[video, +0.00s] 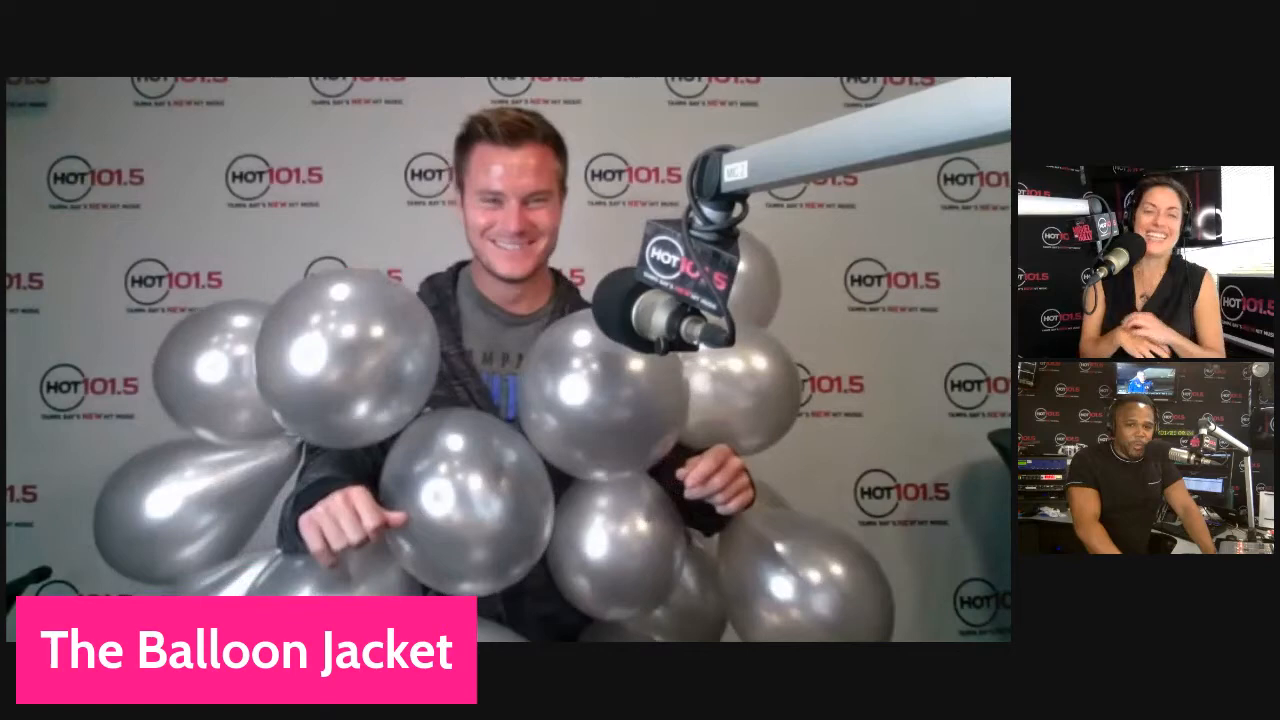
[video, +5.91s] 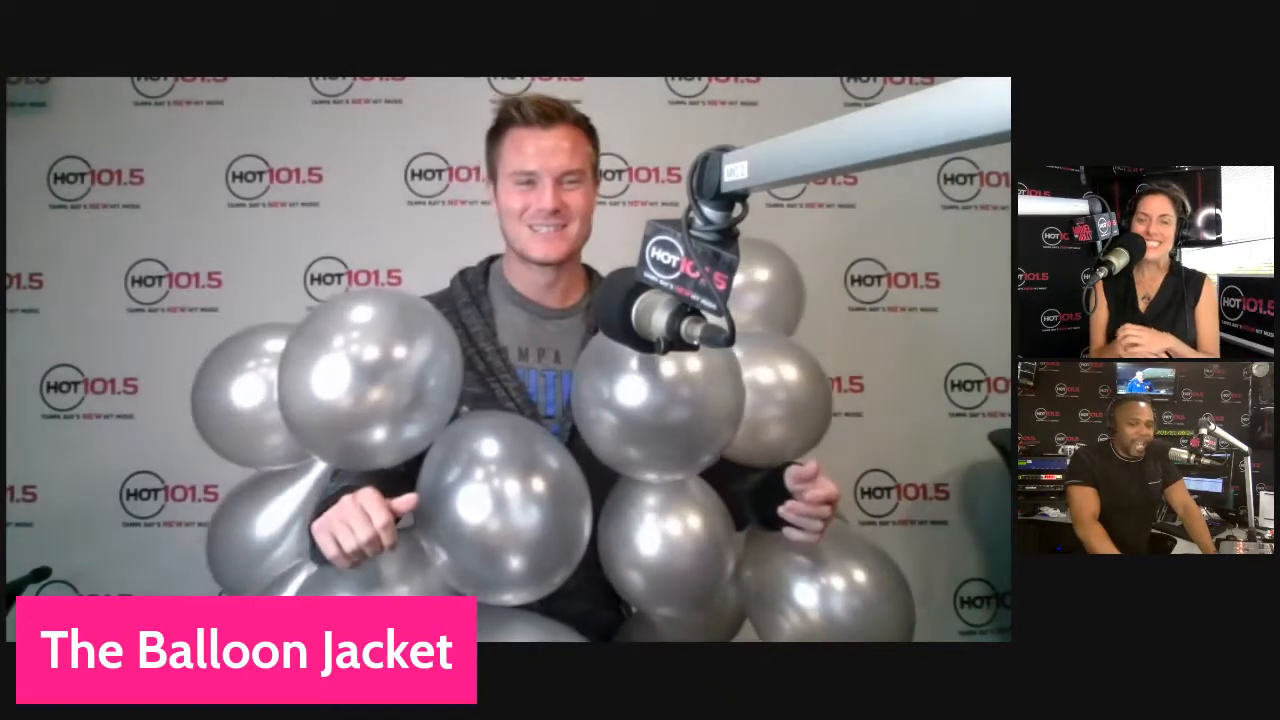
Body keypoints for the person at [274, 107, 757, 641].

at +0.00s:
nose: (515, 222)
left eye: (537, 200)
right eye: (491, 200)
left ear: (562, 205)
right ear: (459, 202)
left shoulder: (602, 335)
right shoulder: (405, 326)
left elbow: (649, 460)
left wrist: (707, 484)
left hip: (580, 615)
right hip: (439, 609)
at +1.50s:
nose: (521, 205)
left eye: (539, 184)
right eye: (497, 185)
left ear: (561, 195)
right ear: (461, 196)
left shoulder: (603, 333)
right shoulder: (406, 333)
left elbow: (653, 492)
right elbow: (338, 475)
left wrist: (722, 463)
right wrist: (357, 501)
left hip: (581, 613)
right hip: (440, 610)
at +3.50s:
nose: (487, 205)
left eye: (507, 186)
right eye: (464, 186)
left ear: (534, 200)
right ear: (434, 200)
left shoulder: (580, 336)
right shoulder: (371, 340)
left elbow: (630, 459)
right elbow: (313, 465)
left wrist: (713, 470)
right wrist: (312, 520)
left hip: (569, 609)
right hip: (420, 608)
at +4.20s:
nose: (548, 195)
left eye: (570, 178)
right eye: (528, 177)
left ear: (600, 197)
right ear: (501, 192)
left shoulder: (652, 319)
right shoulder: (438, 333)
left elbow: (697, 458)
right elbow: (387, 444)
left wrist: (772, 487)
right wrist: (353, 495)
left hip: (635, 618)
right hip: (488, 615)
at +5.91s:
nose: (549, 203)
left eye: (570, 181)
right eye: (525, 182)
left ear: (596, 191)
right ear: (493, 193)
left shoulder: (649, 320)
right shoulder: (431, 330)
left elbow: (702, 465)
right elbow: (370, 448)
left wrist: (775, 494)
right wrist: (344, 503)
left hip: (634, 618)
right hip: (484, 614)